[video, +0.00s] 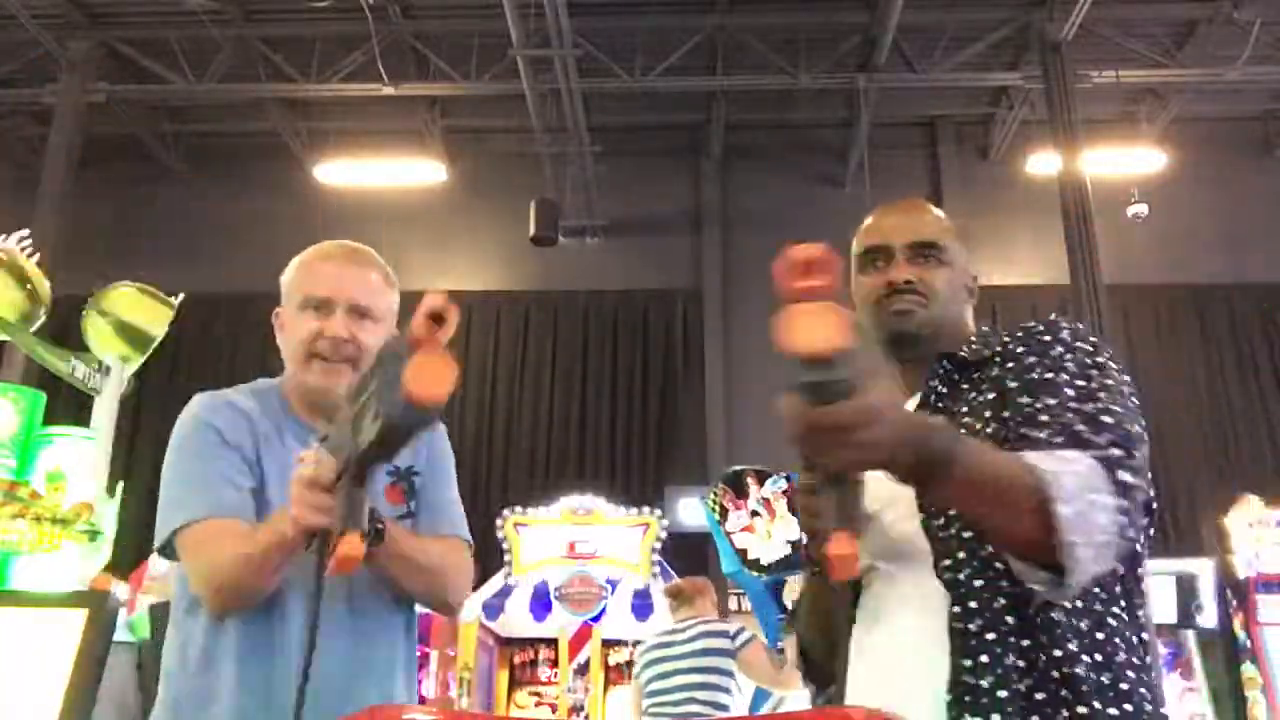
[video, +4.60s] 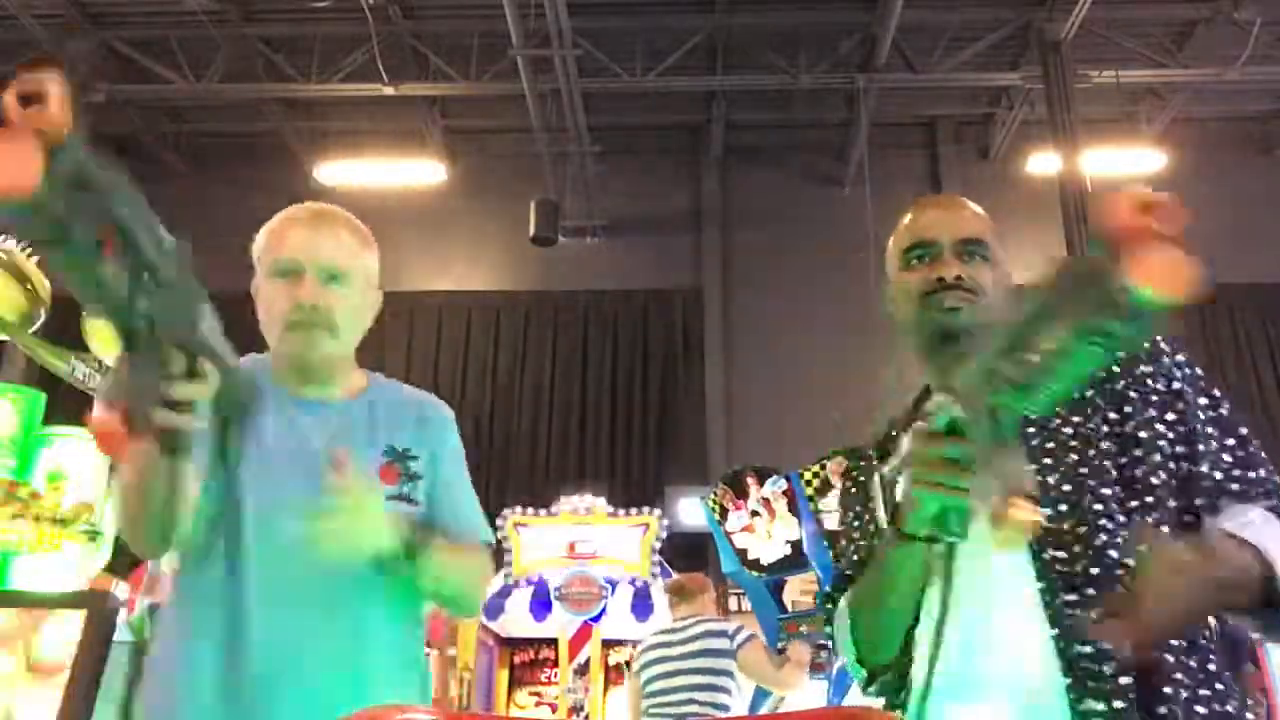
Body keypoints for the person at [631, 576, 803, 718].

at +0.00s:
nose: (718, 608)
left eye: (716, 603)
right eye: (716, 603)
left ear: (672, 610)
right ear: (711, 600)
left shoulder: (645, 649)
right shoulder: (729, 632)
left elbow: (637, 712)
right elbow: (783, 681)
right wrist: (794, 644)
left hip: (659, 714)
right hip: (713, 713)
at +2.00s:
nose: (721, 609)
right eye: (720, 603)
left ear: (674, 609)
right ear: (713, 601)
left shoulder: (646, 650)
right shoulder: (731, 632)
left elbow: (639, 714)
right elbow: (784, 688)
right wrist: (799, 661)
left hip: (660, 715)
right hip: (710, 713)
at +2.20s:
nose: (723, 609)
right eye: (721, 603)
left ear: (675, 609)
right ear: (714, 600)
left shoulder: (646, 650)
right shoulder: (731, 633)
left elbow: (639, 713)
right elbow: (778, 695)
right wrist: (794, 665)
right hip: (710, 712)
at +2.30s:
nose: (721, 611)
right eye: (720, 605)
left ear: (676, 610)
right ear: (714, 602)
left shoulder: (646, 648)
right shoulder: (729, 633)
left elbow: (638, 713)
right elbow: (758, 694)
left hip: (658, 716)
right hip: (707, 714)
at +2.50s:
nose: (721, 606)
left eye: (718, 599)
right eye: (718, 599)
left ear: (675, 607)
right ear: (711, 596)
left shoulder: (646, 647)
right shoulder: (728, 631)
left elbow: (638, 713)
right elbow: (759, 690)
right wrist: (786, 686)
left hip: (656, 715)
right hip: (709, 713)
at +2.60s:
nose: (719, 605)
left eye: (716, 598)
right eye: (716, 597)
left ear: (672, 606)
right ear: (709, 594)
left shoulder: (644, 647)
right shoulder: (728, 630)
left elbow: (638, 711)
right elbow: (778, 685)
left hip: (656, 715)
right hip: (710, 713)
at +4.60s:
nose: (716, 605)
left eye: (714, 599)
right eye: (714, 599)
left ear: (671, 607)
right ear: (709, 598)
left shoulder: (645, 647)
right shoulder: (729, 632)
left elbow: (635, 713)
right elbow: (787, 682)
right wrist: (799, 657)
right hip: (707, 713)